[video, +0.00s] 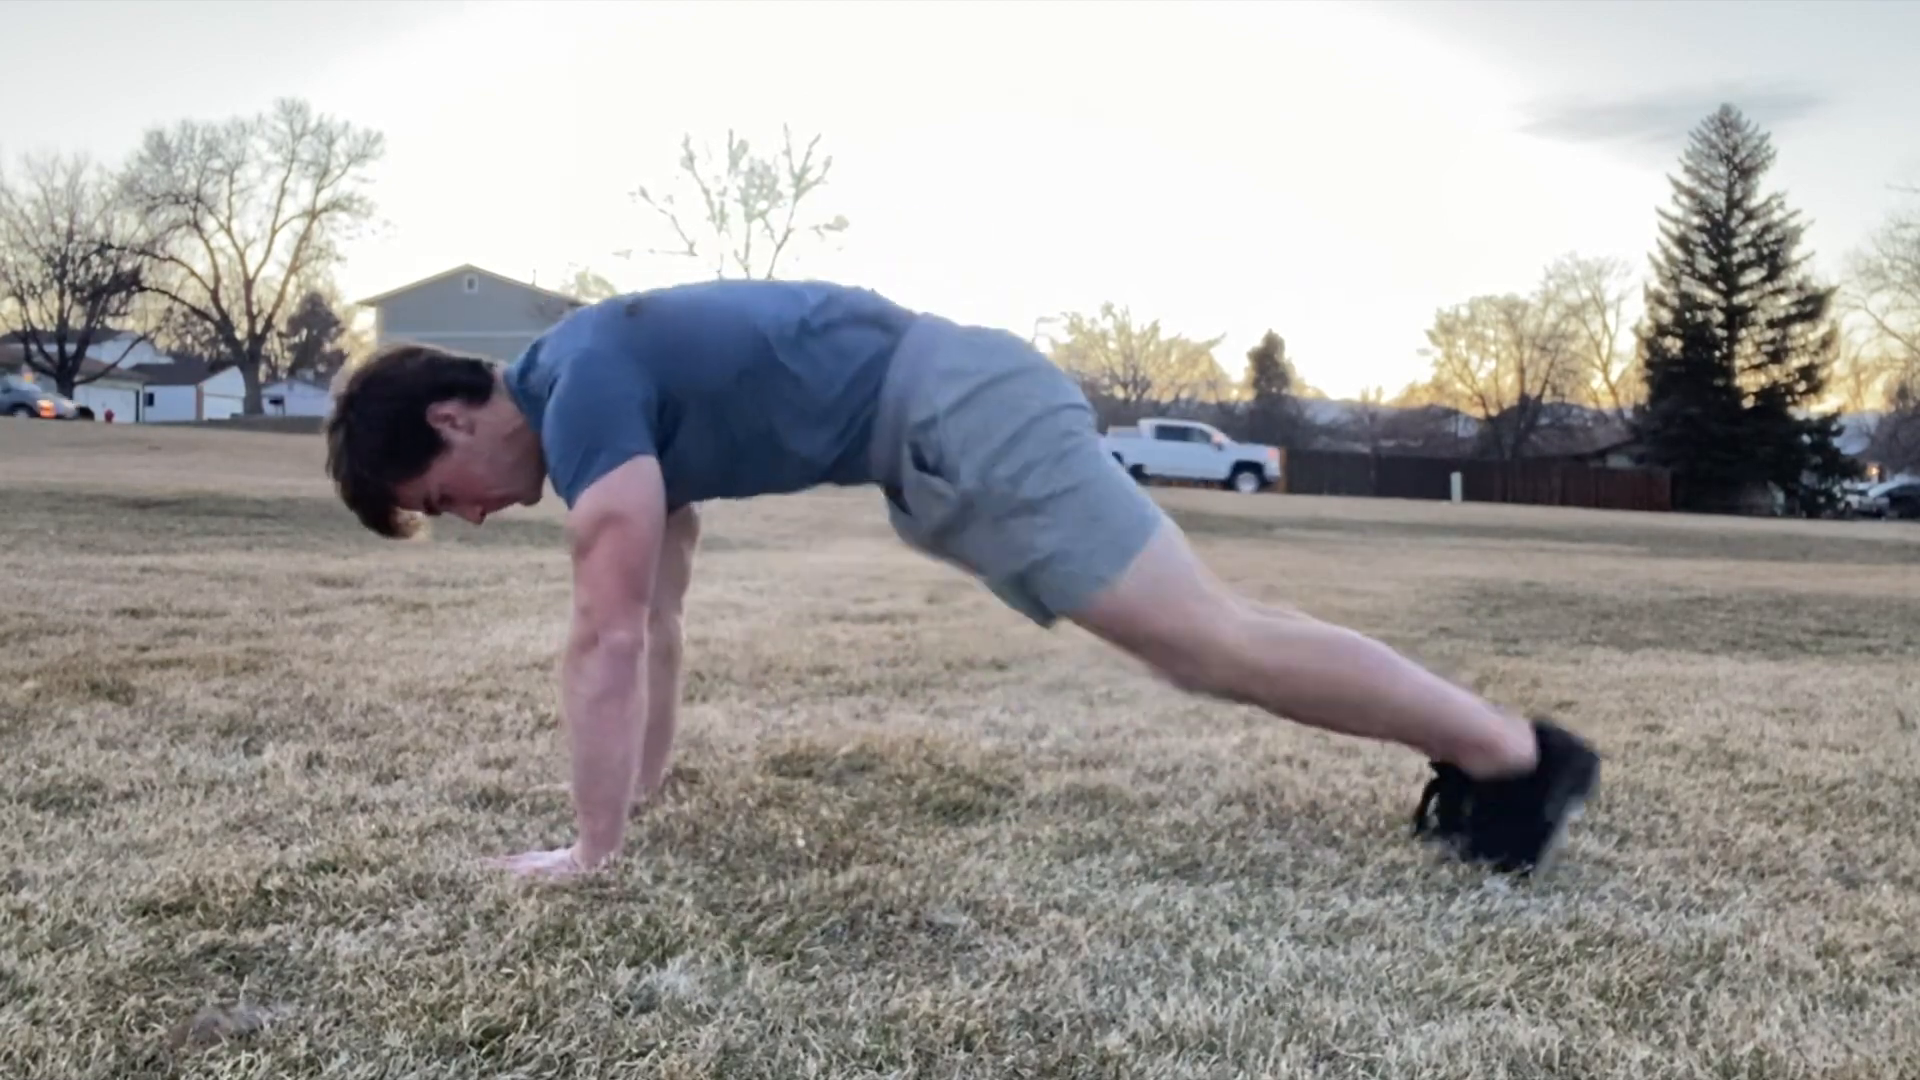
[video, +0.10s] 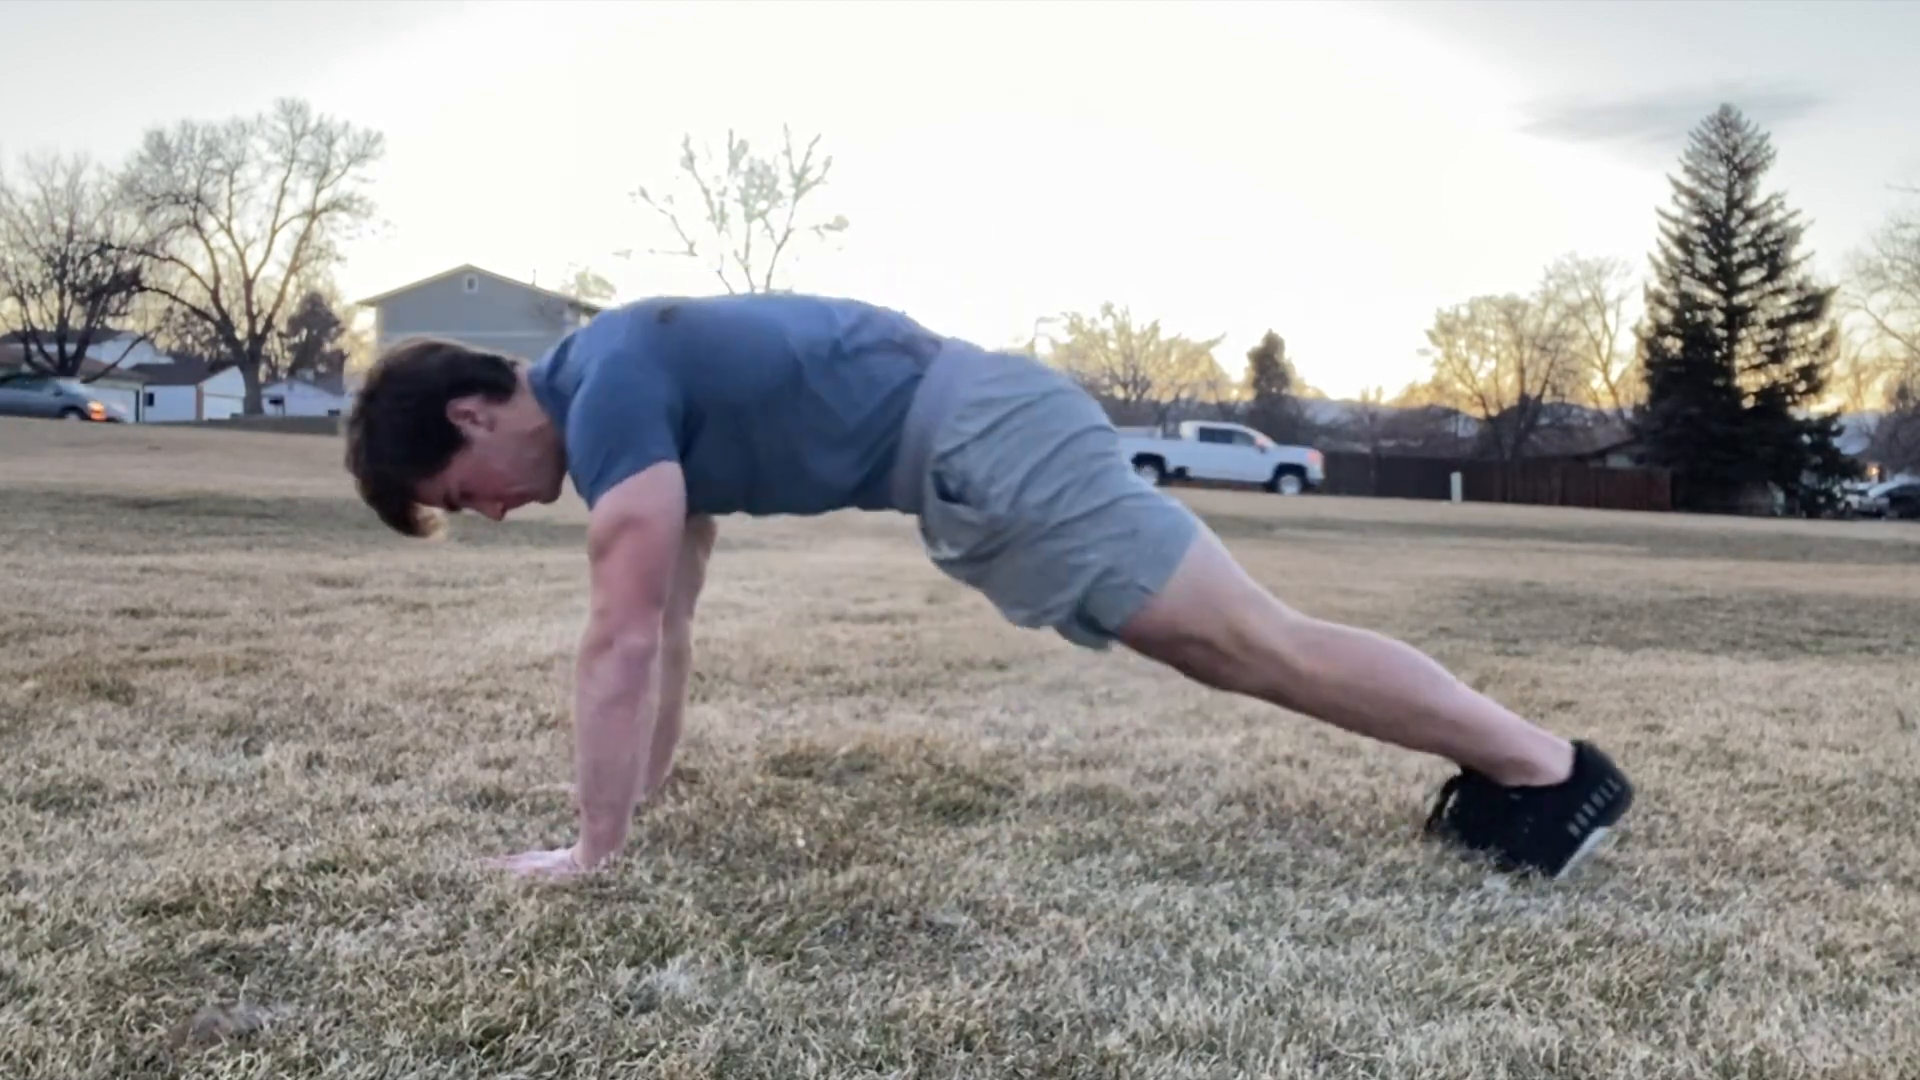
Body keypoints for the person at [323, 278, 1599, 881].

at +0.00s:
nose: (466, 515)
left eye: (438, 494)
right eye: (437, 510)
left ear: (450, 417)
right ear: (460, 426)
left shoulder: (583, 369)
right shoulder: (599, 393)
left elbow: (613, 611)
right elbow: (651, 613)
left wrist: (597, 835)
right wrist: (642, 781)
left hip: (959, 404)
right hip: (948, 423)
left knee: (1206, 640)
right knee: (1197, 632)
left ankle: (1513, 751)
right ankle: (1483, 743)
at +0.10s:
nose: (483, 514)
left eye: (458, 491)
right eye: (457, 507)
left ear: (473, 413)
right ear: (482, 424)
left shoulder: (610, 371)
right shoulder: (617, 403)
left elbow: (628, 624)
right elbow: (663, 632)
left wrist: (590, 838)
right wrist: (630, 806)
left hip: (985, 431)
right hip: (973, 453)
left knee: (1255, 643)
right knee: (1226, 648)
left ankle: (1553, 770)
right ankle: (1506, 758)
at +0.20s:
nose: (515, 511)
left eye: (488, 489)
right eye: (490, 505)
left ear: (498, 413)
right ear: (509, 421)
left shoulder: (631, 366)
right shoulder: (644, 402)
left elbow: (632, 622)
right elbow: (678, 624)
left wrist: (592, 839)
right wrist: (638, 791)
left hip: (1012, 412)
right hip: (1005, 427)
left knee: (1289, 636)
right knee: (1267, 636)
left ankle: (1567, 777)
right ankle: (1515, 759)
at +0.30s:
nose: (550, 518)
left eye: (522, 497)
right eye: (524, 513)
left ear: (529, 423)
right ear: (542, 421)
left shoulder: (658, 368)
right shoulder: (681, 391)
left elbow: (635, 638)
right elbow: (745, 590)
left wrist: (588, 853)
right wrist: (702, 754)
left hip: (1052, 376)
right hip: (1032, 398)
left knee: (1309, 614)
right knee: (1273, 618)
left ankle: (1582, 781)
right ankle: (1515, 757)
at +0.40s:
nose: (613, 545)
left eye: (583, 529)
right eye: (586, 542)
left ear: (588, 450)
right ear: (603, 446)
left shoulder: (709, 382)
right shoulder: (744, 400)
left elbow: (663, 646)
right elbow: (857, 584)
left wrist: (595, 850)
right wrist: (869, 761)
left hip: (1107, 336)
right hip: (1080, 360)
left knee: (1330, 600)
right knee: (1297, 600)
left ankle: (1591, 790)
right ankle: (1517, 759)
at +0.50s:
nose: (723, 570)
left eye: (703, 554)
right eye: (705, 563)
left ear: (699, 485)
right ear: (707, 479)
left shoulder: (795, 426)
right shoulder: (824, 435)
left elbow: (717, 668)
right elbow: (874, 629)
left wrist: (604, 847)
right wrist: (885, 798)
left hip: (1184, 285)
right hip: (1149, 328)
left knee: (1355, 575)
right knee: (1313, 584)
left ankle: (1598, 796)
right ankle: (1525, 775)